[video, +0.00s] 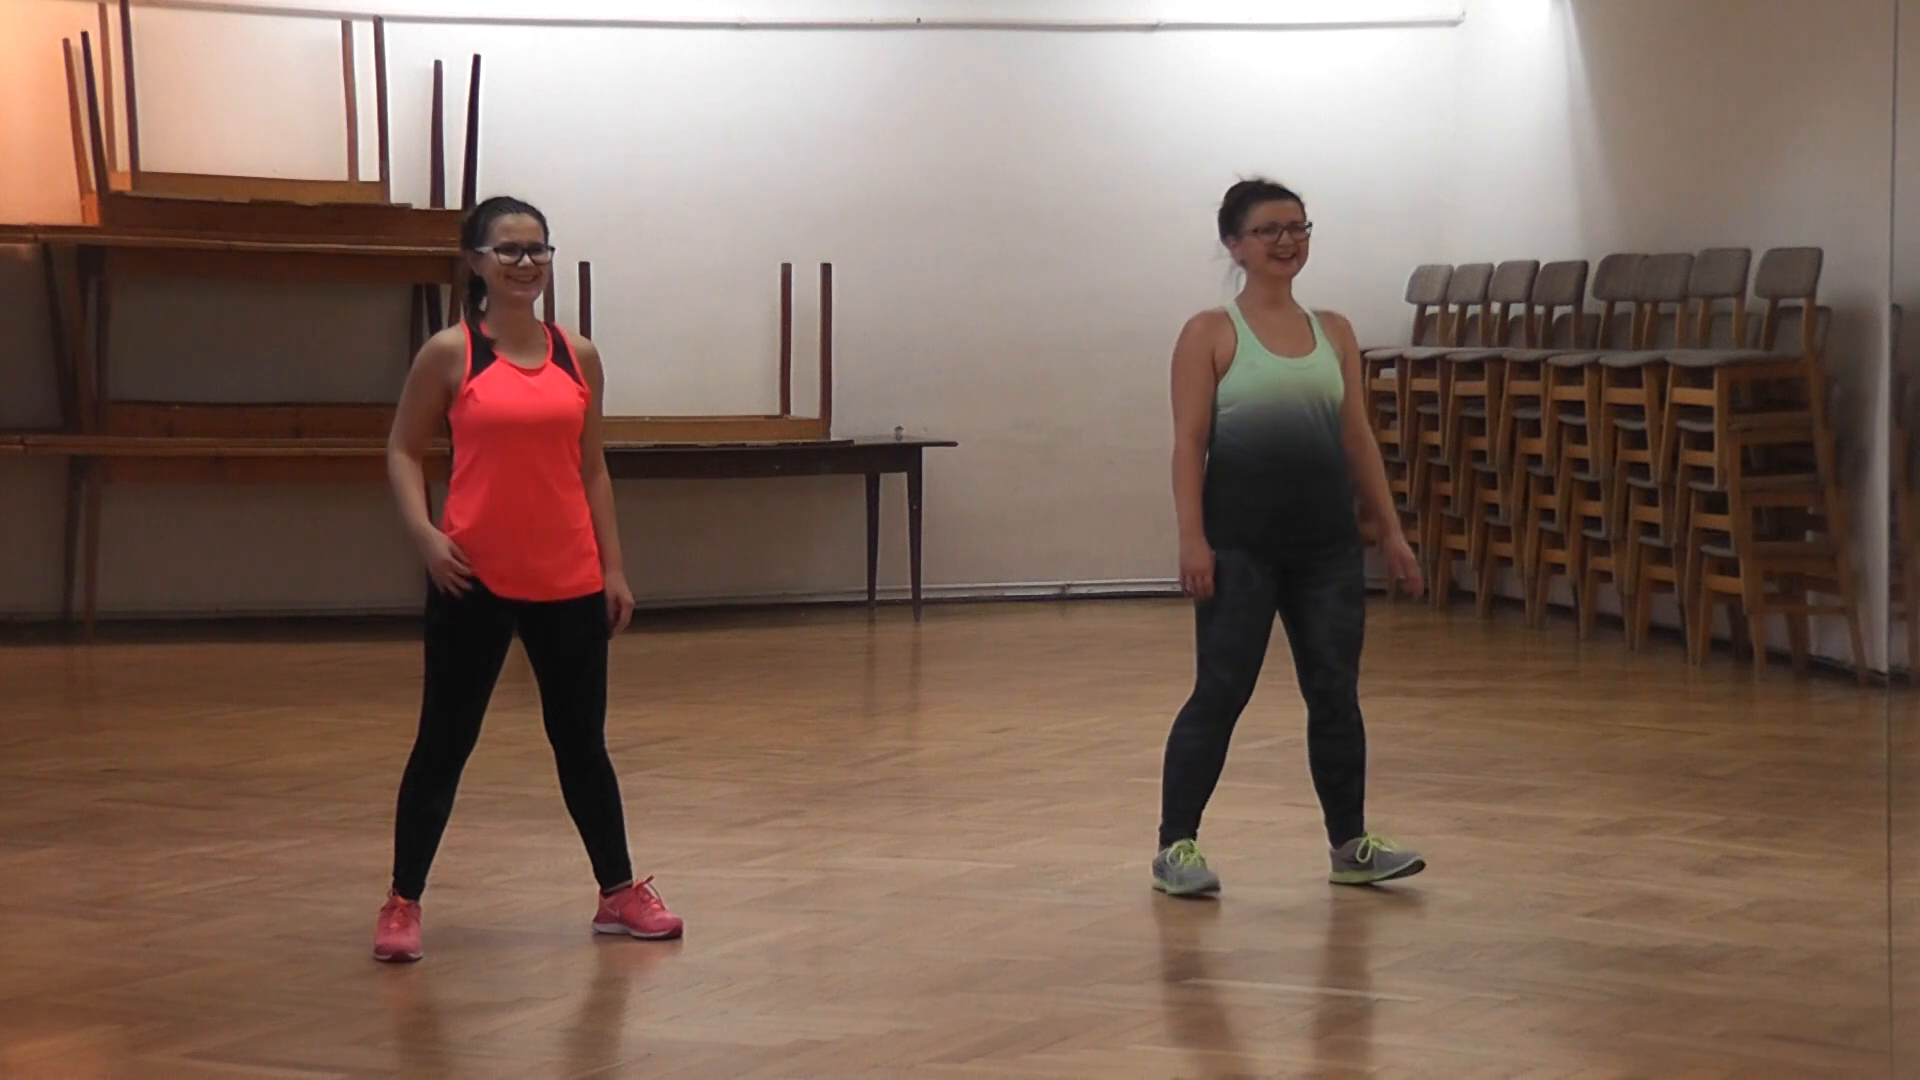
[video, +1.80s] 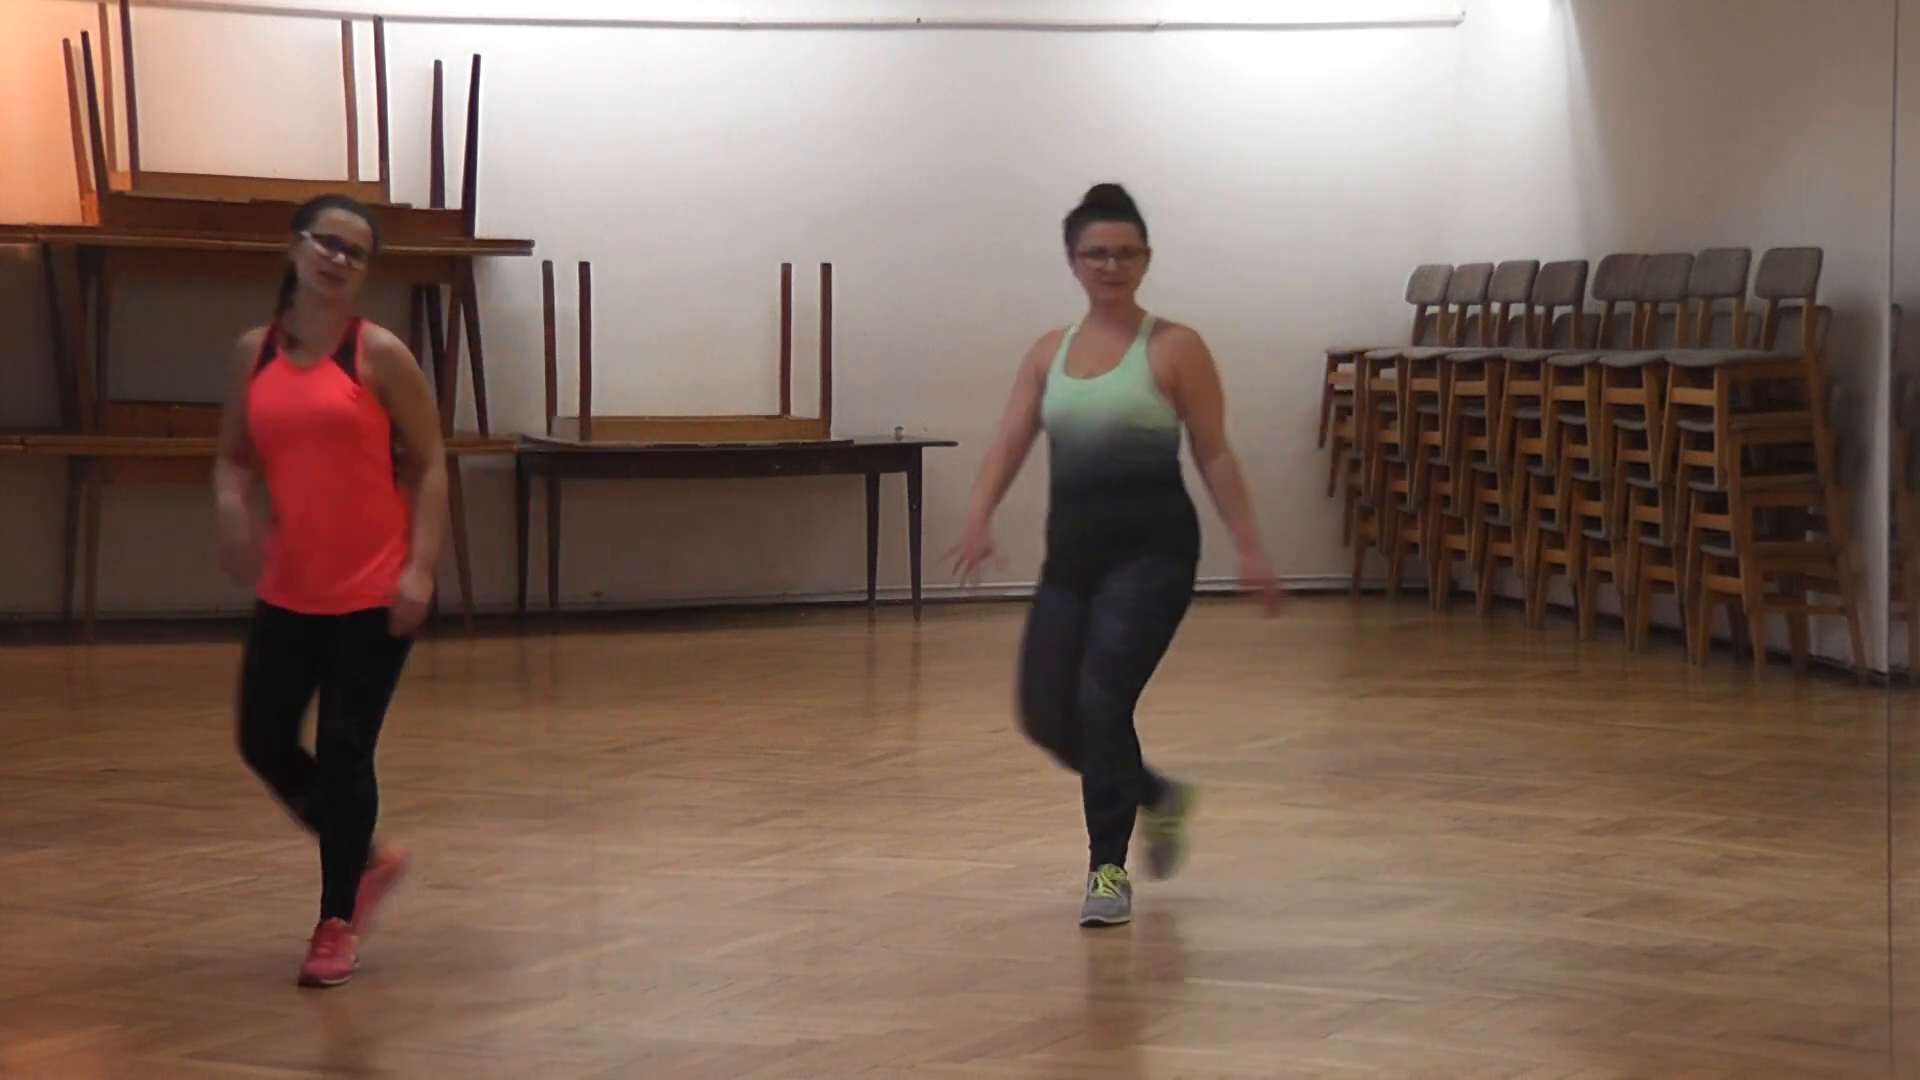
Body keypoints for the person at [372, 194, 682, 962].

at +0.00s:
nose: (526, 261)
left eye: (537, 249)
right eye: (509, 249)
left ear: (549, 261)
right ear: (476, 263)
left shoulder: (579, 356)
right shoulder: (447, 354)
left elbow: (593, 467)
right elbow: (405, 451)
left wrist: (614, 569)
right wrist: (425, 534)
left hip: (570, 584)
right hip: (474, 581)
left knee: (583, 742)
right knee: (443, 746)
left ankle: (620, 890)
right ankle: (403, 903)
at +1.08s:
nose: (546, 266)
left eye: (556, 252)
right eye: (529, 254)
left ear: (572, 260)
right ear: (498, 265)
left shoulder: (603, 354)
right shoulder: (472, 355)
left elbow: (652, 462)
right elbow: (465, 465)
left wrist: (657, 561)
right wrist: (448, 560)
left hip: (597, 576)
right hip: (499, 579)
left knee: (625, 732)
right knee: (470, 729)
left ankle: (660, 880)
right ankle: (512, 884)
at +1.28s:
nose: (498, 277)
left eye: (510, 264)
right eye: (482, 263)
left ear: (525, 268)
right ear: (450, 265)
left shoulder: (552, 361)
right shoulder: (423, 357)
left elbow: (600, 471)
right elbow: (407, 463)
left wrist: (624, 569)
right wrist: (398, 553)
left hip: (557, 580)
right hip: (465, 587)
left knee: (568, 728)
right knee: (480, 746)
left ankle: (630, 852)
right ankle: (536, 894)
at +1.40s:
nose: (458, 269)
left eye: (473, 257)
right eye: (444, 256)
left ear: (489, 262)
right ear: (413, 256)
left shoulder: (513, 351)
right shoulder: (387, 346)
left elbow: (573, 451)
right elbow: (352, 443)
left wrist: (587, 557)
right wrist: (350, 508)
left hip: (524, 552)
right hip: (442, 563)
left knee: (484, 699)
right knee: (478, 721)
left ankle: (526, 872)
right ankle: (528, 882)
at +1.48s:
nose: (432, 275)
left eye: (447, 263)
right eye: (417, 262)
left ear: (465, 271)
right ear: (389, 265)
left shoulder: (487, 361)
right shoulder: (366, 355)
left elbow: (547, 463)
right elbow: (327, 452)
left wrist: (563, 570)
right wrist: (326, 495)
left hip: (501, 562)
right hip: (423, 572)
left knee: (437, 707)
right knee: (493, 731)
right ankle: (543, 892)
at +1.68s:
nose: (374, 279)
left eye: (391, 273)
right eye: (363, 263)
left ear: (407, 291)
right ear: (333, 268)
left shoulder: (421, 378)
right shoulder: (302, 368)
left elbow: (472, 489)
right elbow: (284, 470)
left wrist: (478, 604)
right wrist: (279, 508)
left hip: (415, 591)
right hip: (339, 589)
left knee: (355, 749)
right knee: (381, 755)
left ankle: (335, 926)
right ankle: (501, 868)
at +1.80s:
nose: (340, 260)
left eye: (355, 254)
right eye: (328, 243)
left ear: (367, 273)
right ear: (294, 247)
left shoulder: (383, 355)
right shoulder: (258, 351)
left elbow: (432, 462)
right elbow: (234, 457)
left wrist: (421, 566)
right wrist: (234, 512)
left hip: (372, 592)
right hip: (288, 590)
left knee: (344, 753)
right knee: (263, 740)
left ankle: (336, 923)